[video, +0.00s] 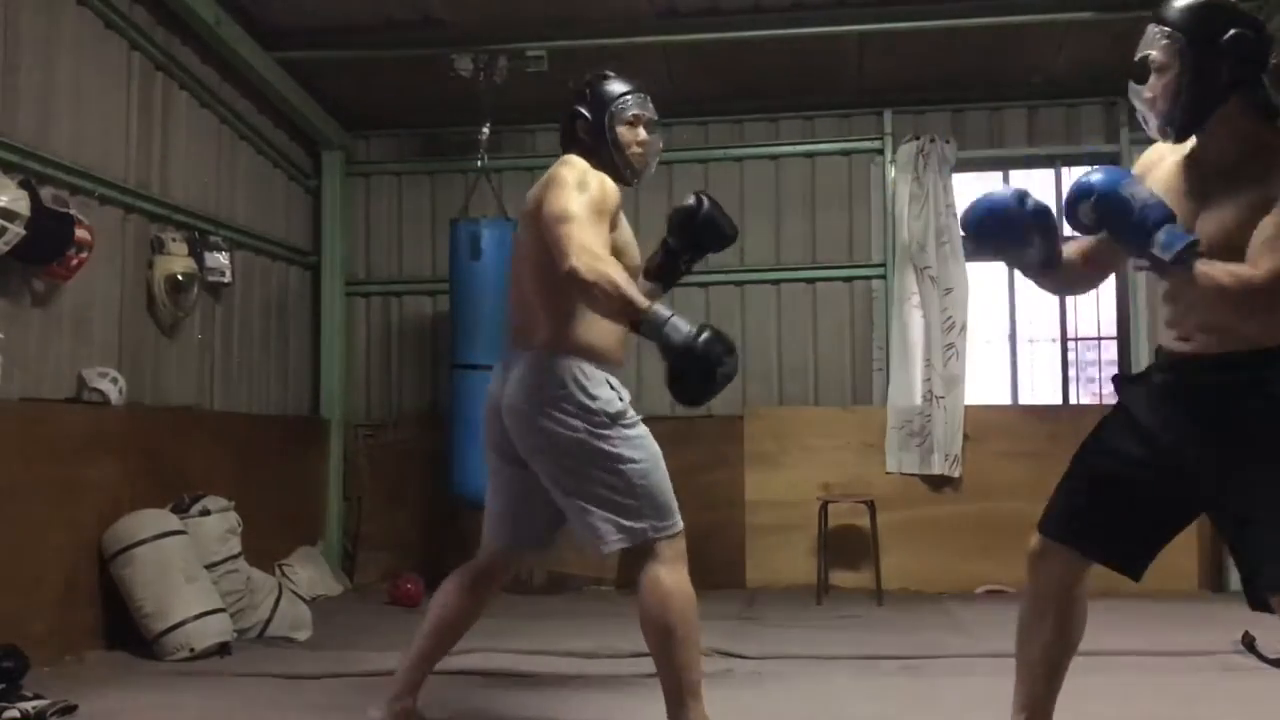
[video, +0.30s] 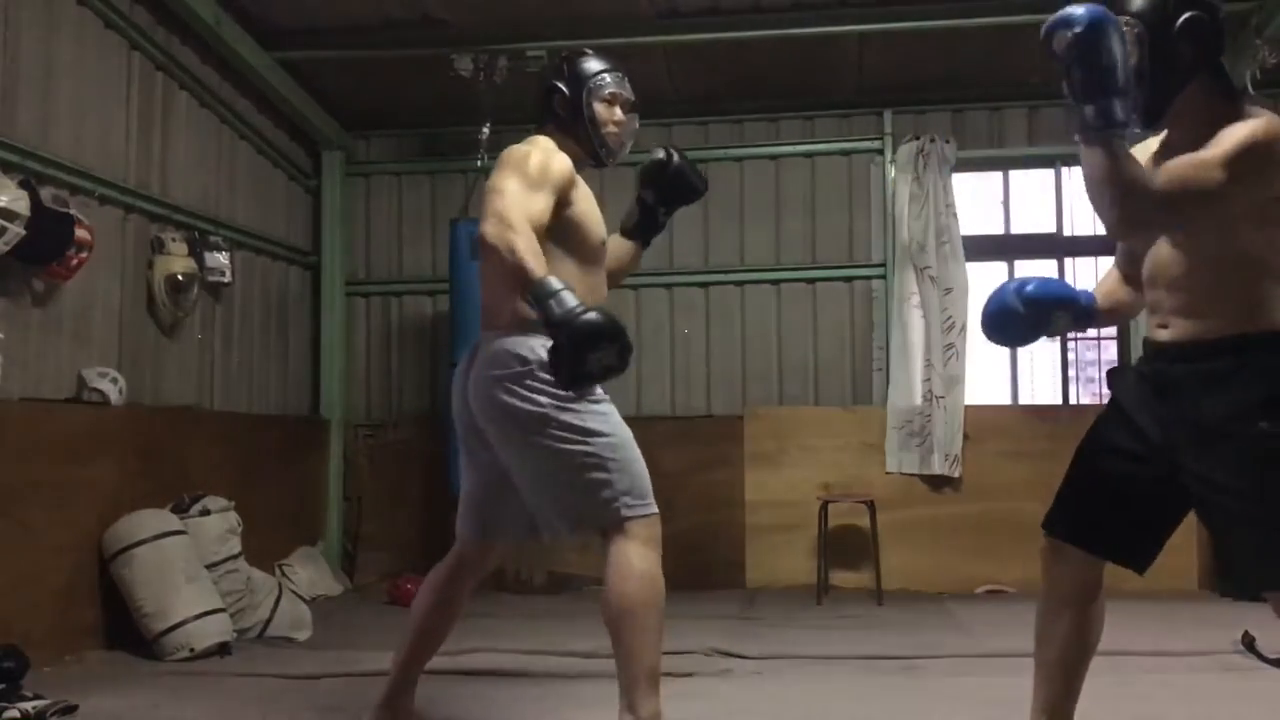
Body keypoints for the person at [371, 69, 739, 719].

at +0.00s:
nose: (647, 138)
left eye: (651, 127)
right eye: (634, 124)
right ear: (594, 127)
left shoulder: (590, 194)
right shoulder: (579, 179)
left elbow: (622, 297)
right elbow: (581, 264)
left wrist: (675, 256)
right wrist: (673, 331)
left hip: (523, 387)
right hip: (574, 390)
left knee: (493, 560)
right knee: (663, 547)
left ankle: (399, 699)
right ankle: (689, 711)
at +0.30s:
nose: (624, 119)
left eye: (628, 107)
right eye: (612, 103)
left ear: (615, 116)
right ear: (571, 102)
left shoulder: (566, 181)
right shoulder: (539, 156)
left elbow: (606, 269)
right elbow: (500, 228)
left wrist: (649, 214)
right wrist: (567, 311)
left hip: (494, 369)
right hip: (535, 368)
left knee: (472, 551)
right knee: (638, 524)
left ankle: (395, 699)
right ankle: (643, 710)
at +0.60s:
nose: (647, 112)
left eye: (650, 99)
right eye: (634, 96)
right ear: (592, 94)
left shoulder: (602, 173)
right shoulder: (567, 148)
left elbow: (618, 282)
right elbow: (585, 264)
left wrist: (670, 239)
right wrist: (651, 270)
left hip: (497, 369)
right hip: (552, 371)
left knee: (472, 552)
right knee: (632, 559)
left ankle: (405, 701)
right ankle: (624, 713)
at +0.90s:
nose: (635, 113)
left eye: (638, 98)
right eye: (627, 94)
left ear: (563, 87)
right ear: (587, 86)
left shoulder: (515, 142)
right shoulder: (566, 129)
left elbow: (584, 267)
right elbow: (579, 234)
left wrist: (648, 196)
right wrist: (636, 264)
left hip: (456, 365)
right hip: (526, 366)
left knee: (461, 565)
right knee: (609, 558)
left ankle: (400, 712)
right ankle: (621, 712)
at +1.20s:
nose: (645, 97)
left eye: (646, 81)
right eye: (633, 79)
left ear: (566, 77)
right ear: (588, 73)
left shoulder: (512, 140)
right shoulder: (581, 129)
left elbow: (535, 269)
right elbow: (609, 258)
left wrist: (638, 208)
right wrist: (646, 287)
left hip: (471, 368)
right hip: (547, 367)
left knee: (462, 574)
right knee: (661, 549)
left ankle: (402, 714)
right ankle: (721, 713)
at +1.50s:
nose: (676, 119)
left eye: (679, 110)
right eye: (674, 107)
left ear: (605, 86)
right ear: (648, 93)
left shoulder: (546, 145)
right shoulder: (641, 130)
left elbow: (568, 264)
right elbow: (680, 266)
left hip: (492, 375)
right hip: (571, 375)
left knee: (485, 584)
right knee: (685, 568)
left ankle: (407, 715)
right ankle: (716, 714)